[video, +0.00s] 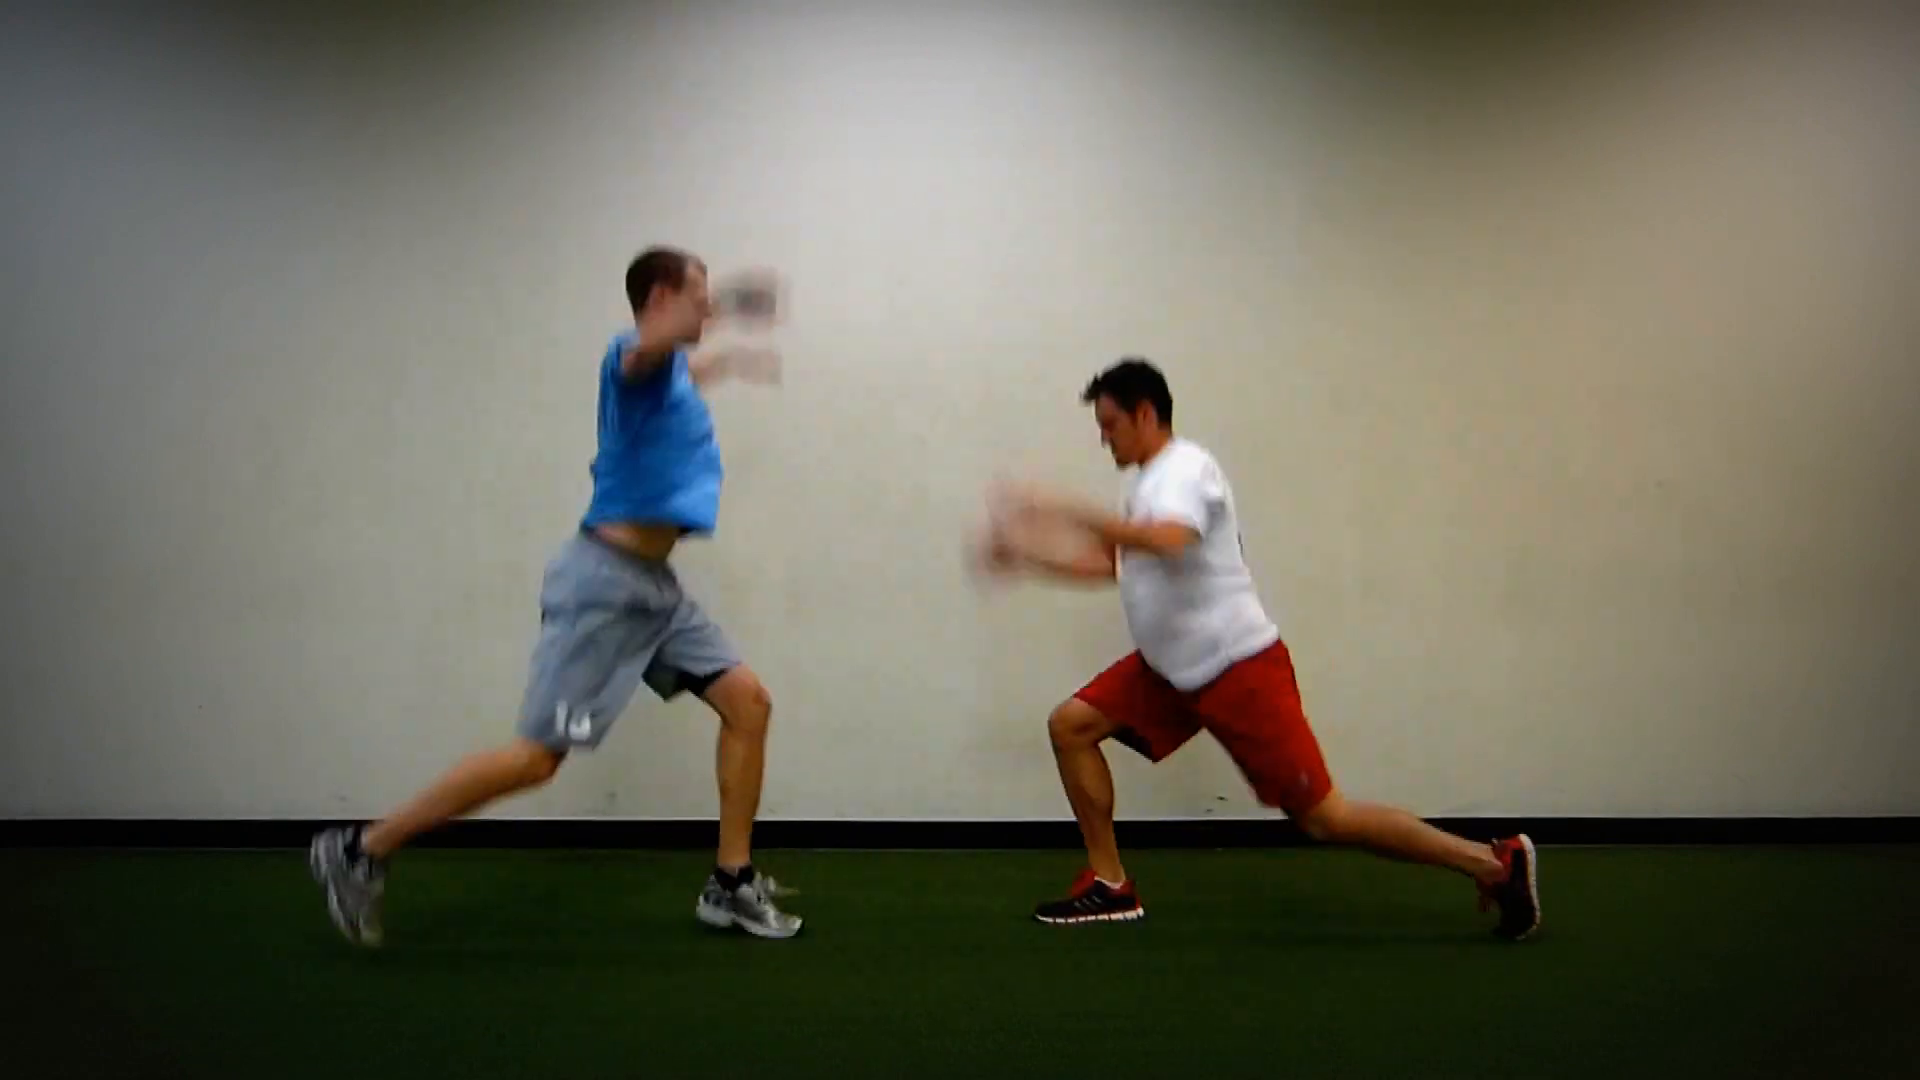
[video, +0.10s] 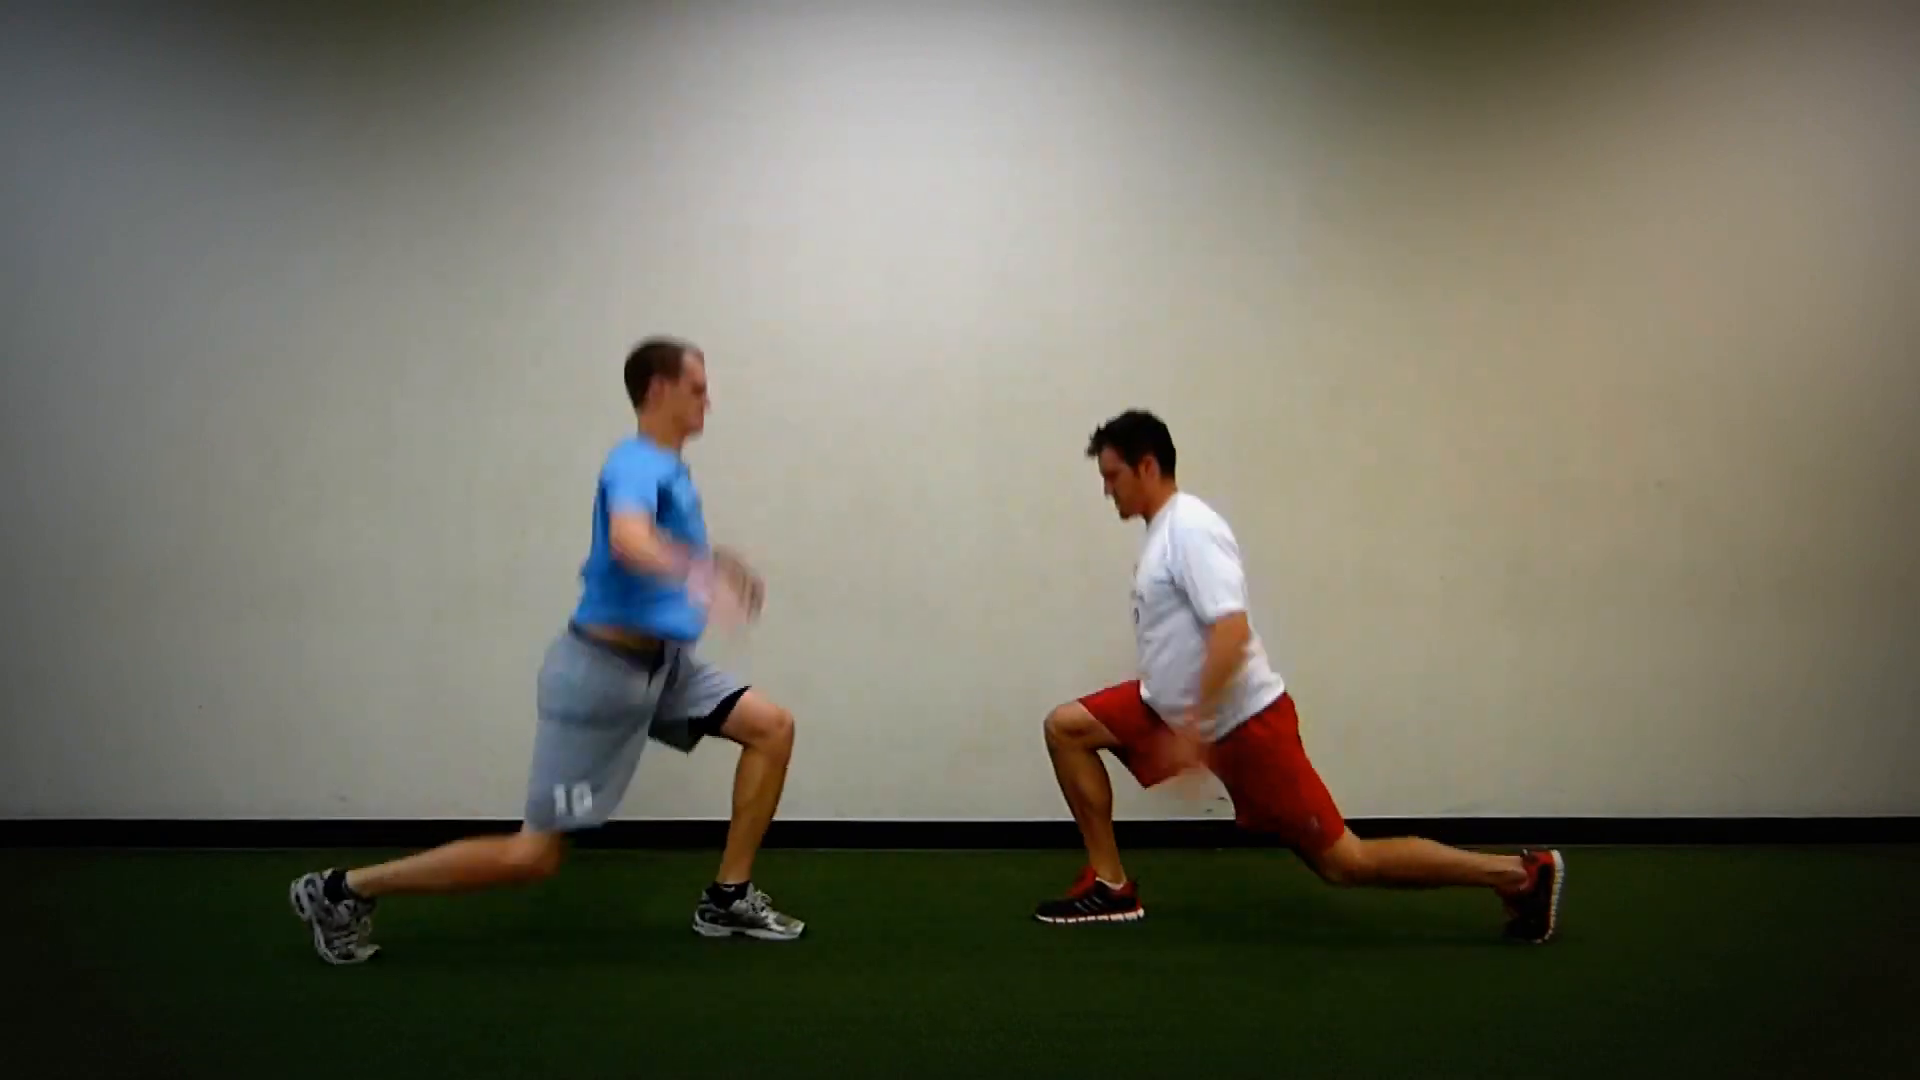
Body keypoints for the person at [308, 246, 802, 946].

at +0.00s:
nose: (706, 307)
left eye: (706, 296)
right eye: (698, 295)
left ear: (664, 298)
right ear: (662, 297)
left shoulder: (670, 370)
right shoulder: (631, 358)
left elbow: (689, 376)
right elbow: (647, 354)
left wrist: (727, 361)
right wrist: (710, 312)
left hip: (653, 583)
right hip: (604, 579)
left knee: (747, 705)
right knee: (535, 760)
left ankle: (733, 883)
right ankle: (362, 850)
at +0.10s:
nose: (707, 401)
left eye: (705, 388)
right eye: (698, 388)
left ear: (662, 394)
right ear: (658, 393)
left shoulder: (671, 470)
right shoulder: (637, 464)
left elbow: (673, 545)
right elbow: (630, 540)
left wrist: (721, 565)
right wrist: (702, 573)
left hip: (660, 665)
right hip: (597, 670)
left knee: (772, 728)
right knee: (535, 855)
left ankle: (731, 896)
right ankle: (342, 891)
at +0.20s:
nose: (708, 453)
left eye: (706, 440)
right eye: (698, 441)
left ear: (662, 446)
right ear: (658, 447)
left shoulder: (666, 523)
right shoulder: (637, 531)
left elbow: (650, 641)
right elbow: (627, 651)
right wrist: (657, 753)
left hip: (663, 706)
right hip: (601, 723)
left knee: (780, 734)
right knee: (552, 906)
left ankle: (731, 897)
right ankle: (360, 891)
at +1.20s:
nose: (718, 483)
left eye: (717, 470)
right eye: (708, 471)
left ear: (670, 478)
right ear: (668, 477)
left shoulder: (664, 552)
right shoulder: (640, 571)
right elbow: (614, 696)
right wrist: (636, 815)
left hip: (651, 723)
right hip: (595, 747)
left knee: (780, 727)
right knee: (560, 940)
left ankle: (731, 895)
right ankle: (370, 894)